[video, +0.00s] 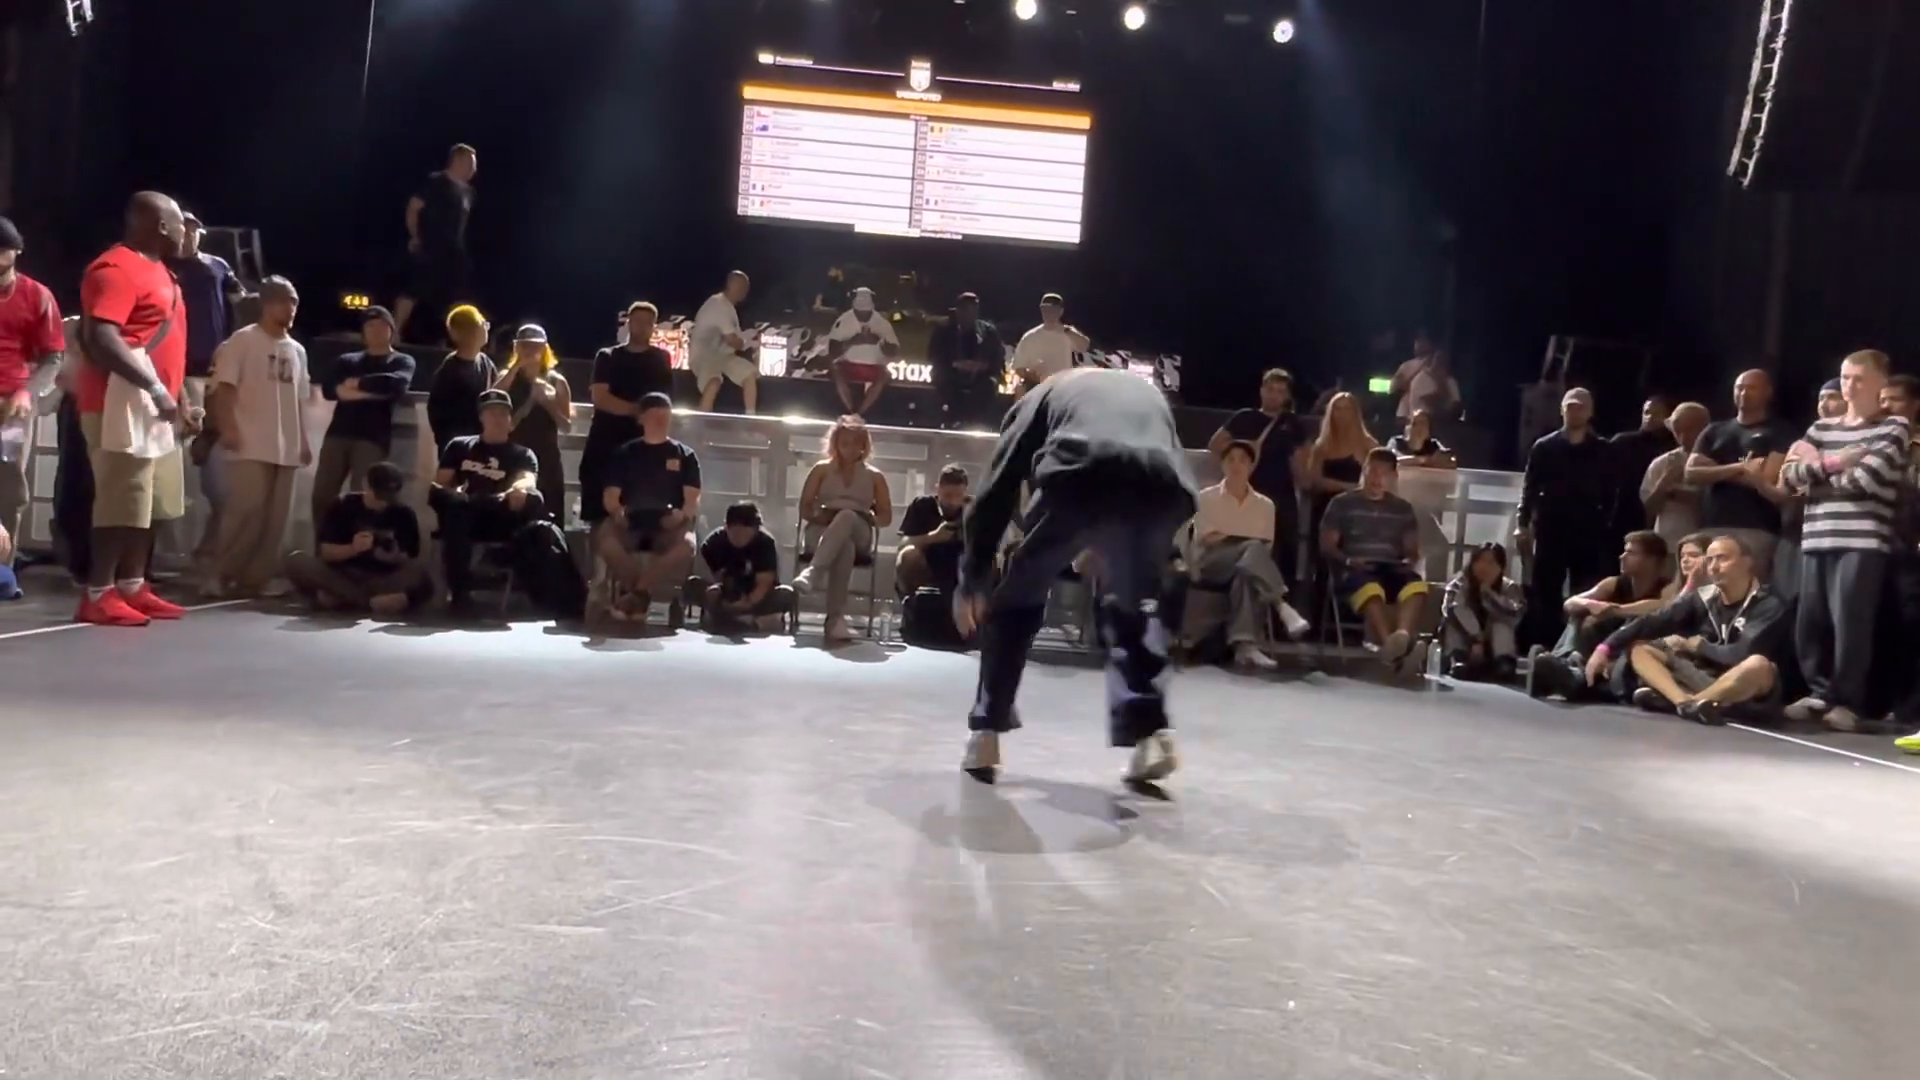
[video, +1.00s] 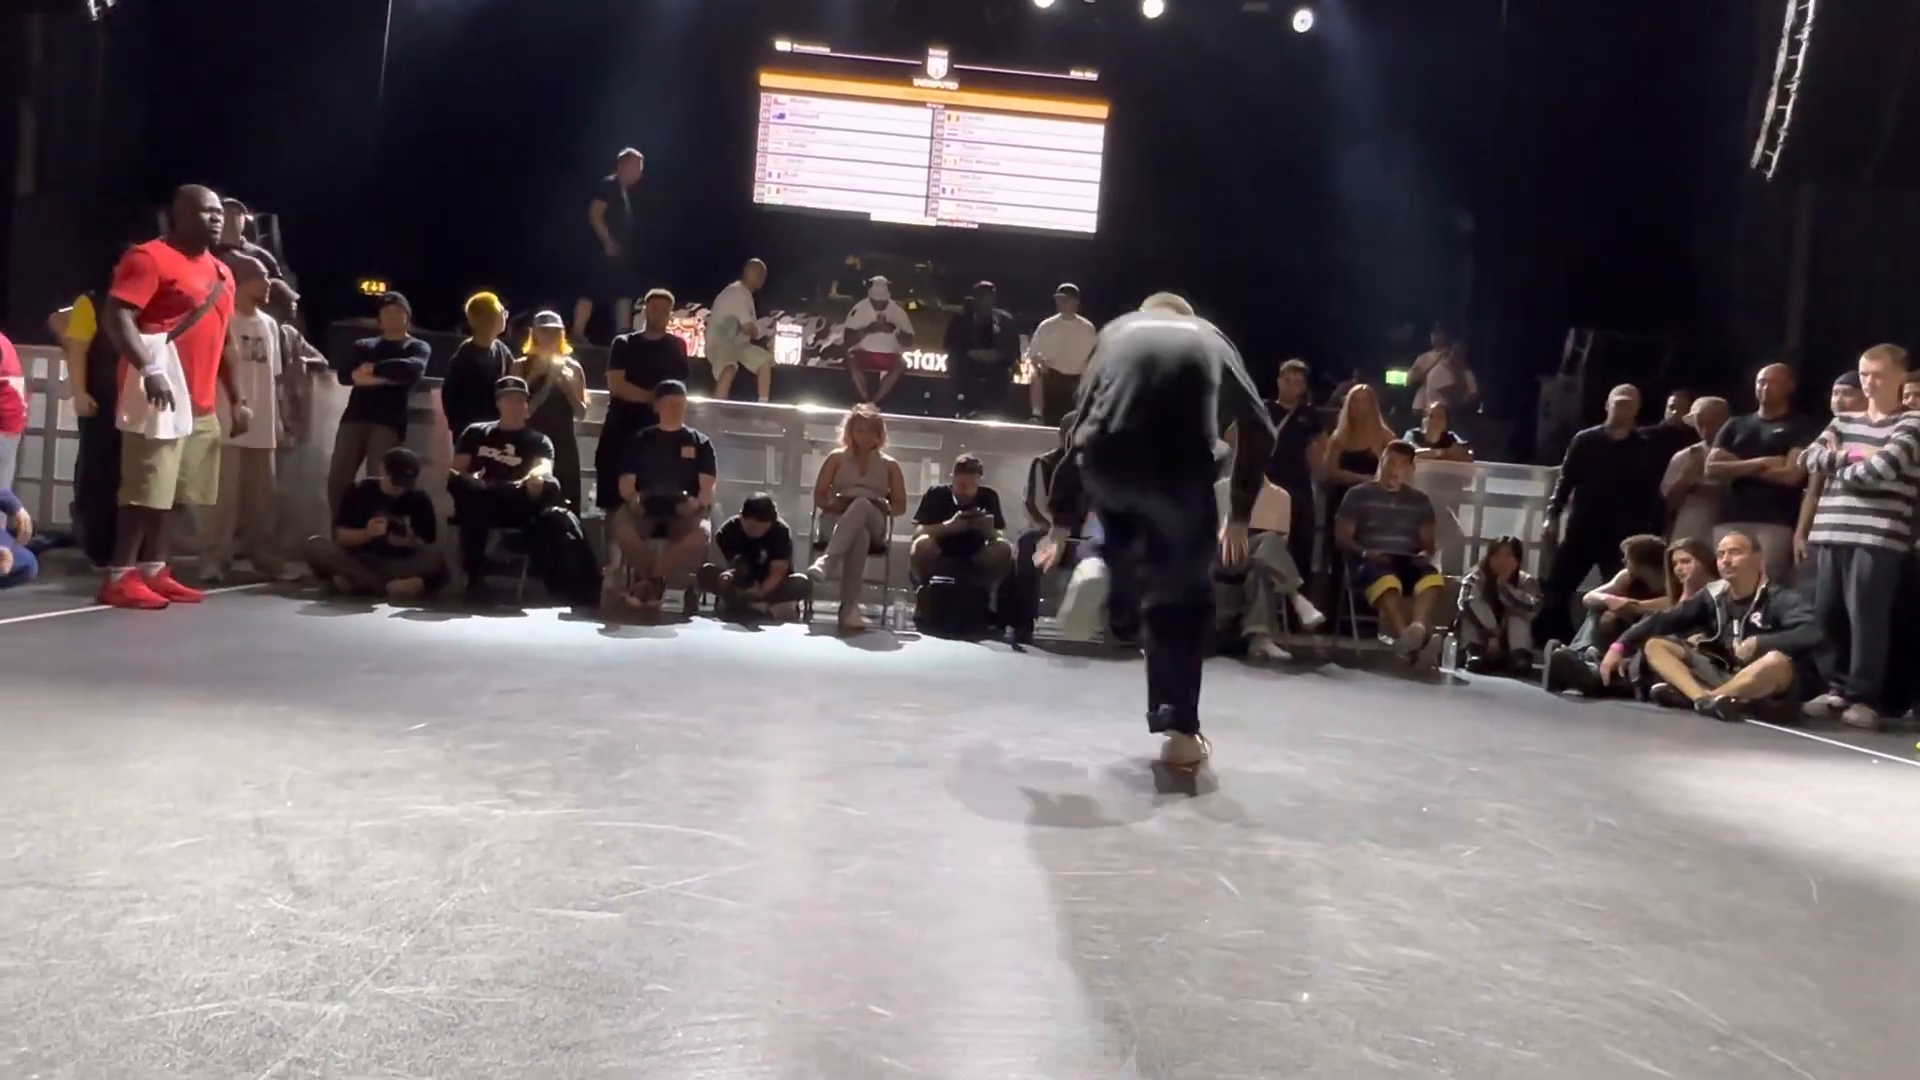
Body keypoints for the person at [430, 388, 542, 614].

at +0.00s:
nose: (498, 419)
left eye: (503, 414)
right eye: (492, 413)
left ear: (510, 420)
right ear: (481, 417)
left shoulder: (523, 455)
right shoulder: (459, 447)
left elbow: (526, 483)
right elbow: (438, 488)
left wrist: (520, 489)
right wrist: (459, 495)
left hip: (504, 512)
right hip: (468, 511)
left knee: (532, 501)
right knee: (453, 508)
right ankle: (459, 592)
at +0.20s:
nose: (502, 417)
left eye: (507, 412)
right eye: (496, 411)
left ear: (515, 418)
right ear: (485, 415)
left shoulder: (527, 453)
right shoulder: (464, 444)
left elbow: (529, 483)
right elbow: (443, 486)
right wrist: (463, 493)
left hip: (507, 509)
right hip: (472, 508)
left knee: (537, 500)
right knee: (454, 507)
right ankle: (463, 589)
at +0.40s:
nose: (505, 415)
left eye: (509, 410)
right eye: (499, 409)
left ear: (517, 416)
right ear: (488, 413)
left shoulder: (529, 450)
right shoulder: (466, 442)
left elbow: (533, 479)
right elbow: (446, 482)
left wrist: (523, 489)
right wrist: (462, 489)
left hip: (510, 504)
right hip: (475, 503)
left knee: (540, 498)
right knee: (457, 503)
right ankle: (465, 587)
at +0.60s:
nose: (510, 412)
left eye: (514, 407)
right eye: (504, 407)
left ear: (521, 412)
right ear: (491, 410)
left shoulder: (532, 447)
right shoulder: (470, 439)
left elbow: (537, 473)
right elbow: (449, 479)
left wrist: (528, 483)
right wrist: (464, 486)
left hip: (512, 500)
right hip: (477, 497)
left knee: (543, 495)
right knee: (461, 503)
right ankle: (468, 582)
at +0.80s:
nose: (514, 408)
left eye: (518, 403)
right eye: (508, 402)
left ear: (524, 408)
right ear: (494, 405)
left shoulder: (535, 443)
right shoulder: (473, 435)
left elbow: (540, 469)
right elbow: (452, 475)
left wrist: (531, 479)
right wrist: (468, 482)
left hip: (515, 499)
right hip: (479, 498)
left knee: (545, 490)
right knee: (465, 498)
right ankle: (471, 580)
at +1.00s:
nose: (517, 406)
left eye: (522, 401)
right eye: (512, 401)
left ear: (527, 406)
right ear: (498, 403)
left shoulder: (539, 441)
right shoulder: (476, 433)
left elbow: (542, 472)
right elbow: (455, 473)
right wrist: (471, 480)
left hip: (519, 496)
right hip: (482, 495)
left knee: (548, 487)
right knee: (467, 494)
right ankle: (474, 576)